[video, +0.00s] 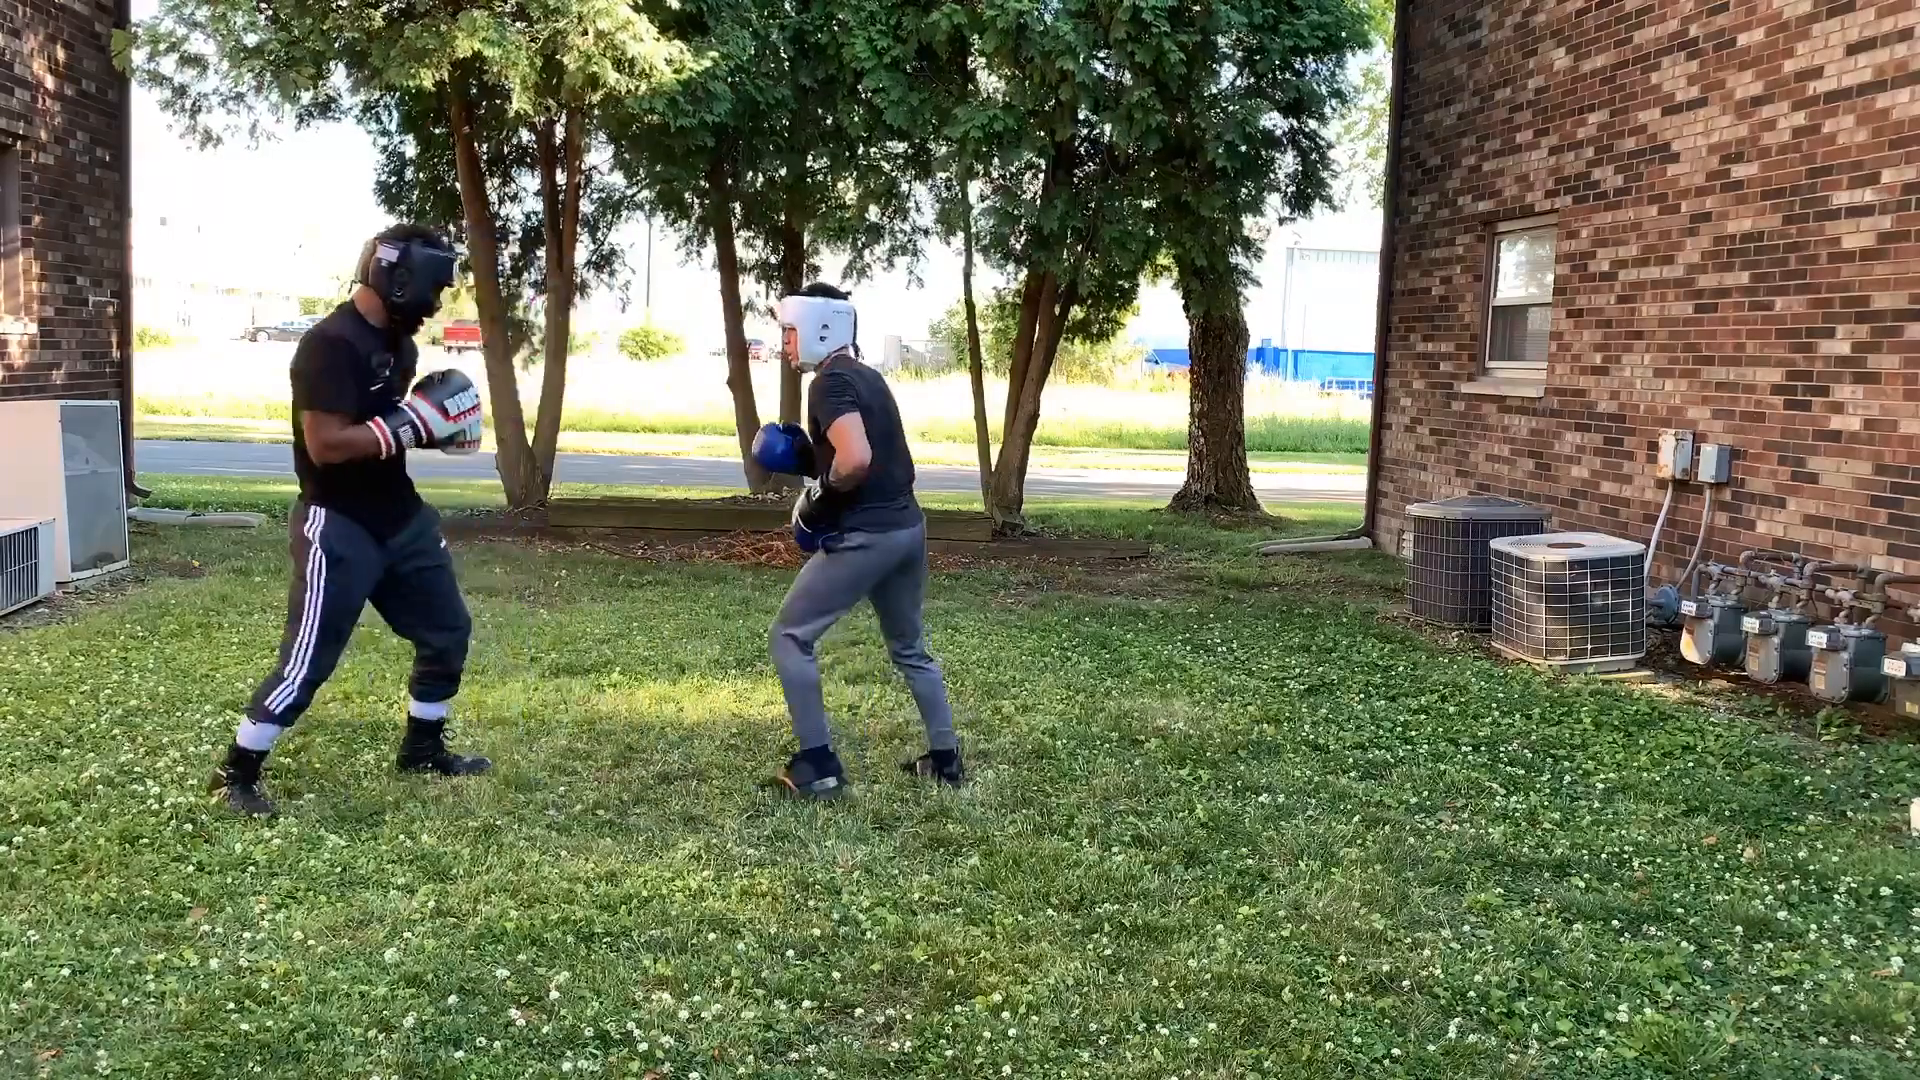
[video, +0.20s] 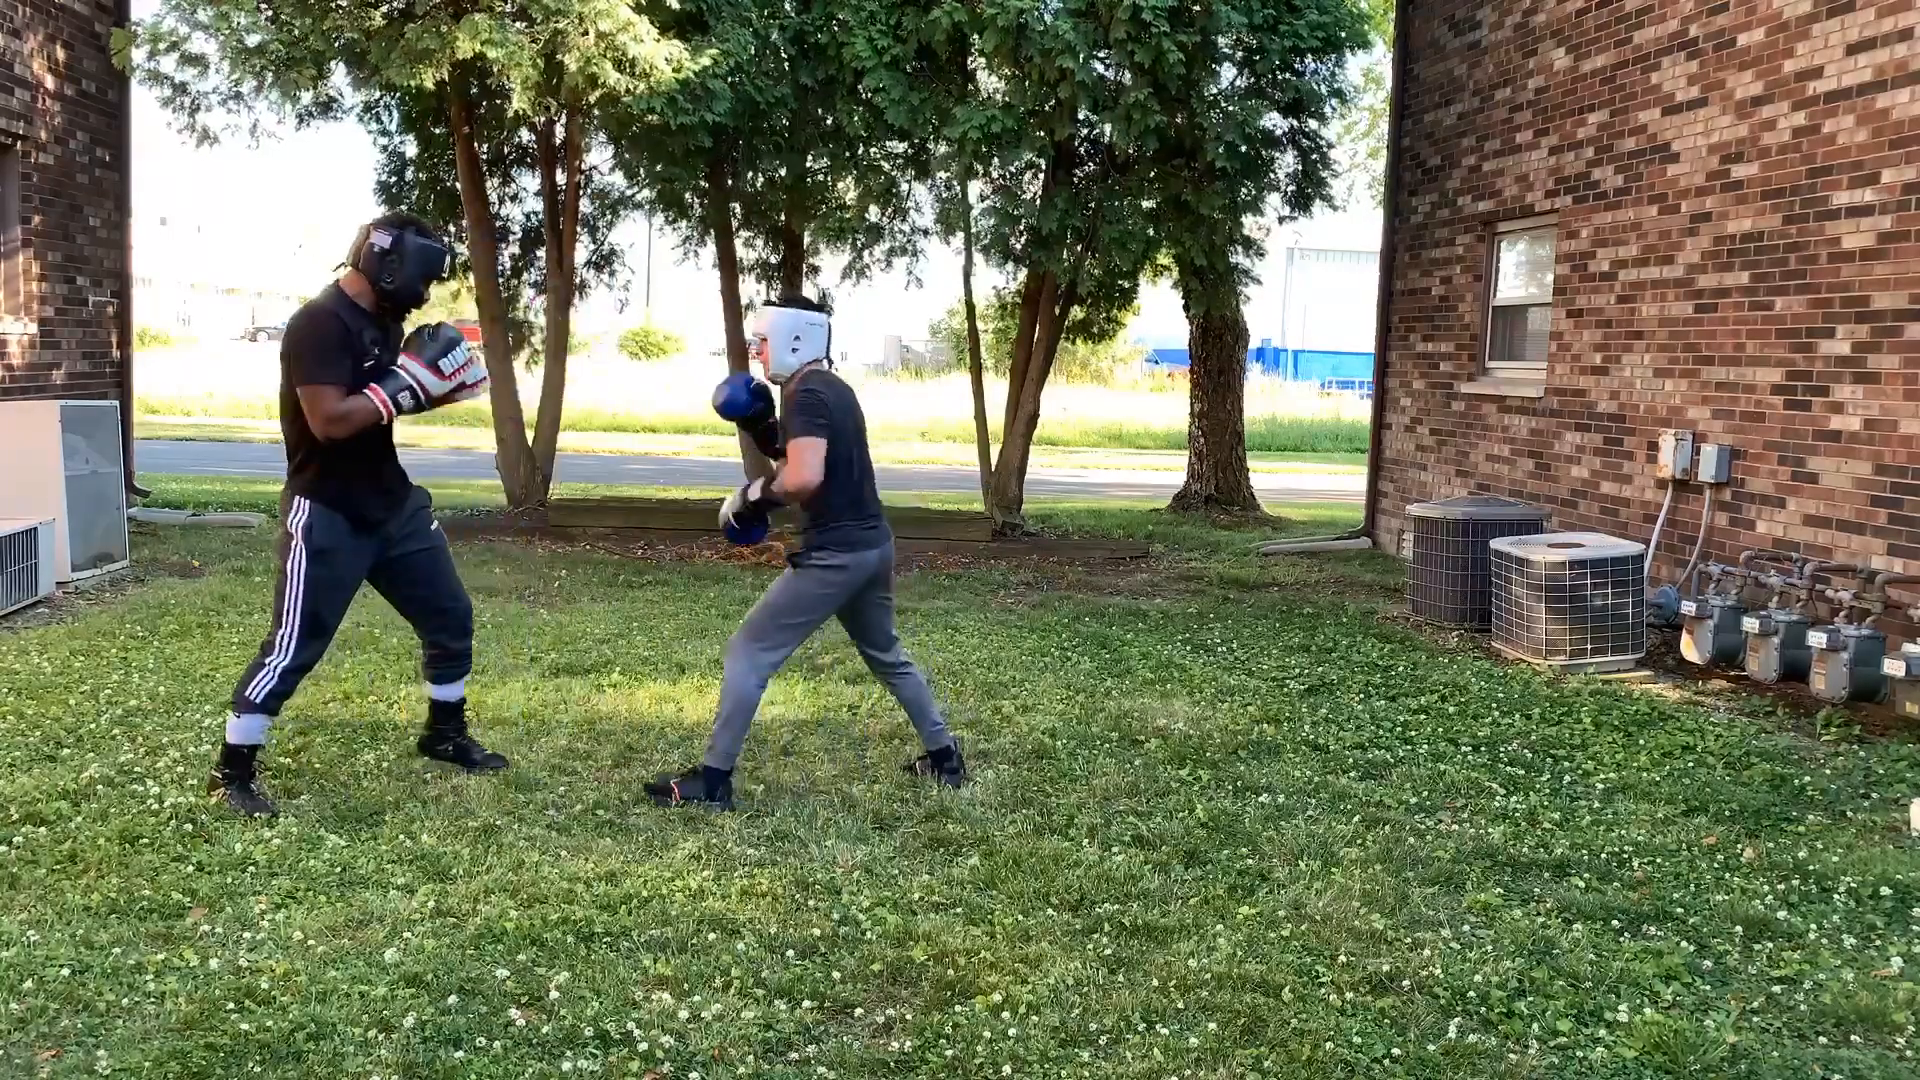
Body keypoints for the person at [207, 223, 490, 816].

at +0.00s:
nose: (431, 302)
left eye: (435, 291)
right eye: (426, 289)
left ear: (393, 281)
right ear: (394, 281)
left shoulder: (398, 344)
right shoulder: (329, 345)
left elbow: (375, 424)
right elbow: (324, 444)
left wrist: (431, 429)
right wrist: (411, 422)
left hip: (396, 512)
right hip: (334, 517)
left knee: (446, 629)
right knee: (309, 657)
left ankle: (423, 748)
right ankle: (240, 772)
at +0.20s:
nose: (419, 295)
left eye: (424, 283)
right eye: (415, 281)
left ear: (382, 268)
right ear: (384, 269)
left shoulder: (383, 324)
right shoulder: (316, 326)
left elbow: (371, 402)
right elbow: (328, 422)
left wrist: (424, 380)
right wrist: (404, 386)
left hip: (390, 503)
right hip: (326, 510)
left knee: (450, 616)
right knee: (295, 644)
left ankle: (446, 731)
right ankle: (235, 769)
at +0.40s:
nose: (438, 349)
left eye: (444, 341)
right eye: (437, 338)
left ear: (416, 316)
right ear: (413, 318)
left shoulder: (408, 344)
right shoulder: (354, 345)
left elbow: (438, 434)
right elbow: (415, 433)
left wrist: (482, 364)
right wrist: (469, 370)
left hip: (400, 515)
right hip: (339, 523)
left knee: (474, 627)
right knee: (317, 659)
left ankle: (512, 734)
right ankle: (237, 772)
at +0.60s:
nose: (467, 338)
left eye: (470, 329)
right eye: (462, 327)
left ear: (439, 325)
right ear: (432, 322)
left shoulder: (443, 362)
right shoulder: (385, 377)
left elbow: (515, 413)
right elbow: (467, 447)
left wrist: (511, 342)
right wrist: (495, 372)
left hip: (454, 540)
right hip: (389, 552)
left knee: (527, 641)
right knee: (348, 678)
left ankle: (538, 748)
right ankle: (251, 773)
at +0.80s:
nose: (480, 360)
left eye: (487, 350)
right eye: (473, 346)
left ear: (494, 349)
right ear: (443, 333)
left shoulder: (469, 379)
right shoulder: (367, 367)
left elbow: (456, 479)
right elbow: (395, 453)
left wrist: (498, 408)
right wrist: (460, 400)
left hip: (460, 533)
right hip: (381, 545)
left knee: (518, 639)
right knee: (346, 664)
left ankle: (539, 748)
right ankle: (259, 773)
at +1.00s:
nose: (442, 388)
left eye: (457, 382)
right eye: (439, 371)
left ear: (470, 381)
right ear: (420, 347)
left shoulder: (451, 417)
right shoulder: (342, 354)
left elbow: (405, 507)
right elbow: (324, 441)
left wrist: (450, 473)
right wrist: (401, 417)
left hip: (422, 545)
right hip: (337, 545)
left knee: (483, 650)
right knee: (304, 659)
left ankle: (533, 760)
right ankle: (246, 769)